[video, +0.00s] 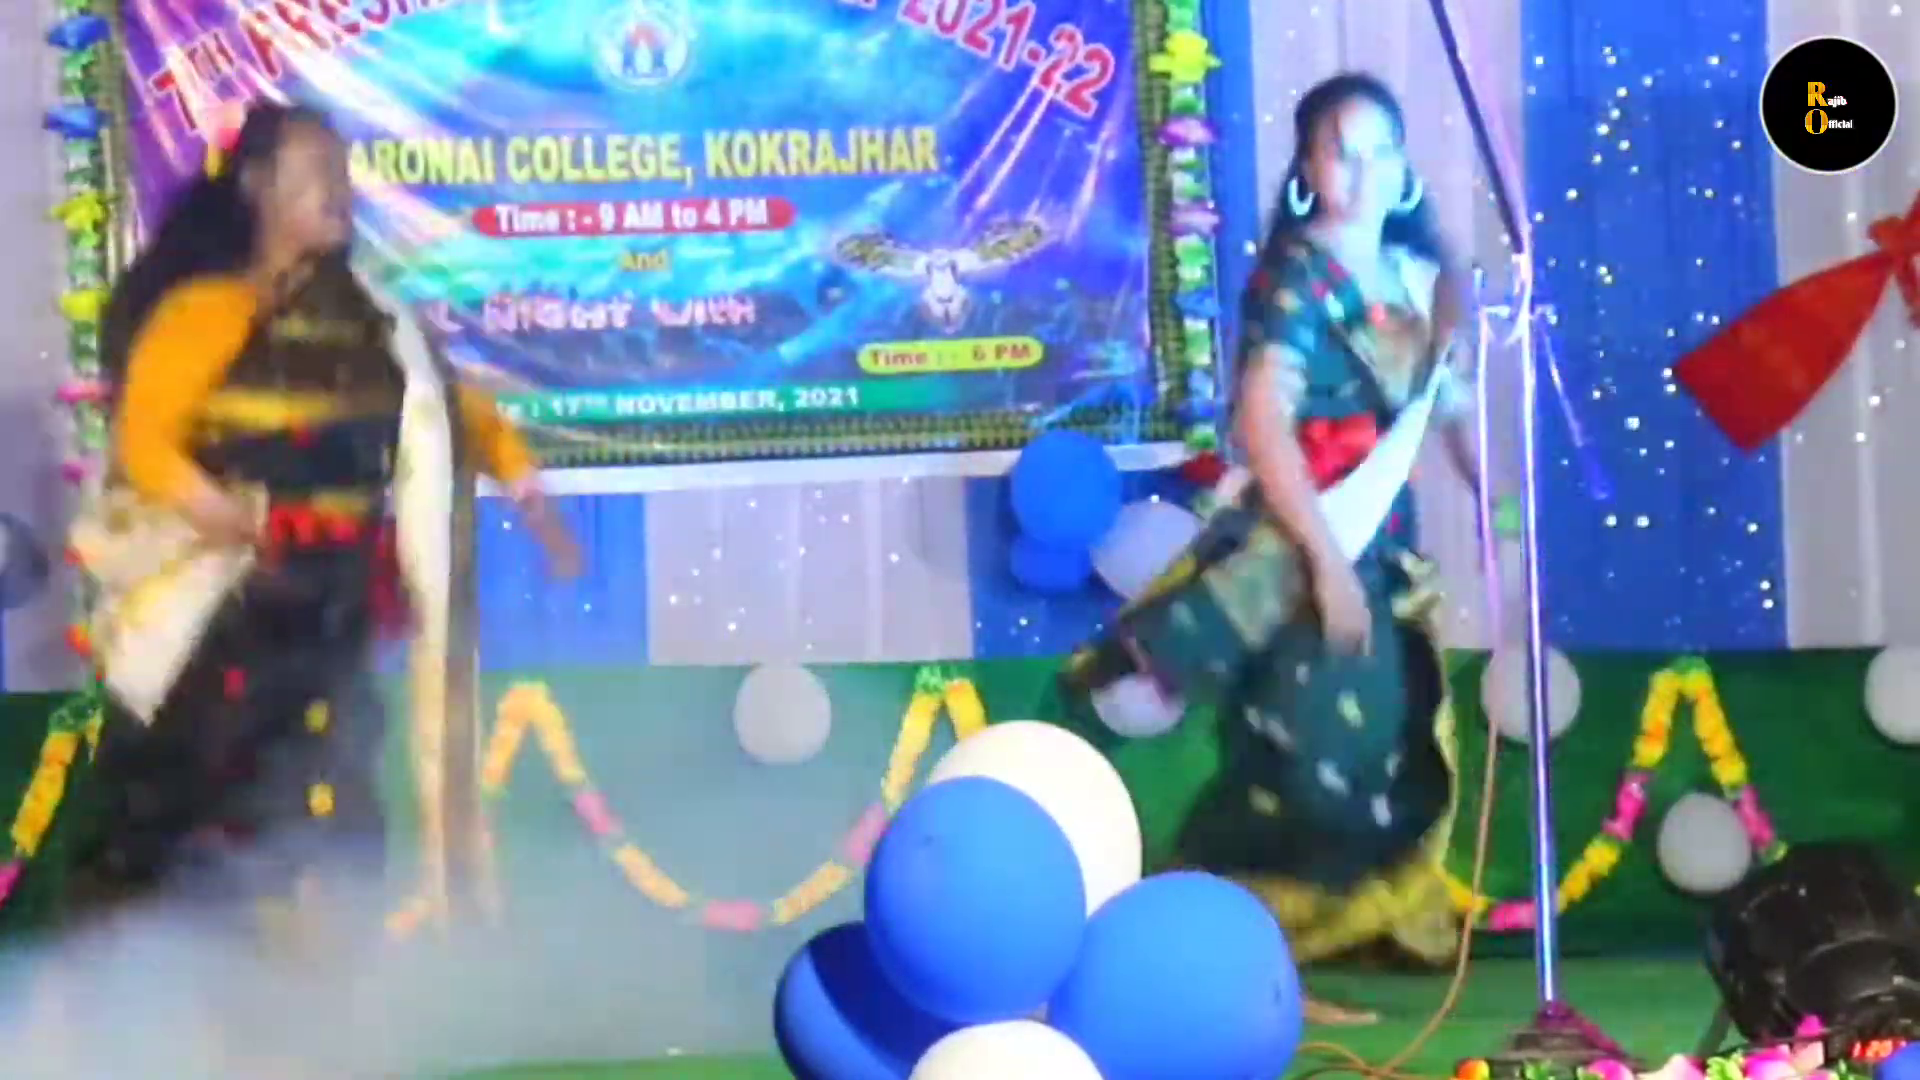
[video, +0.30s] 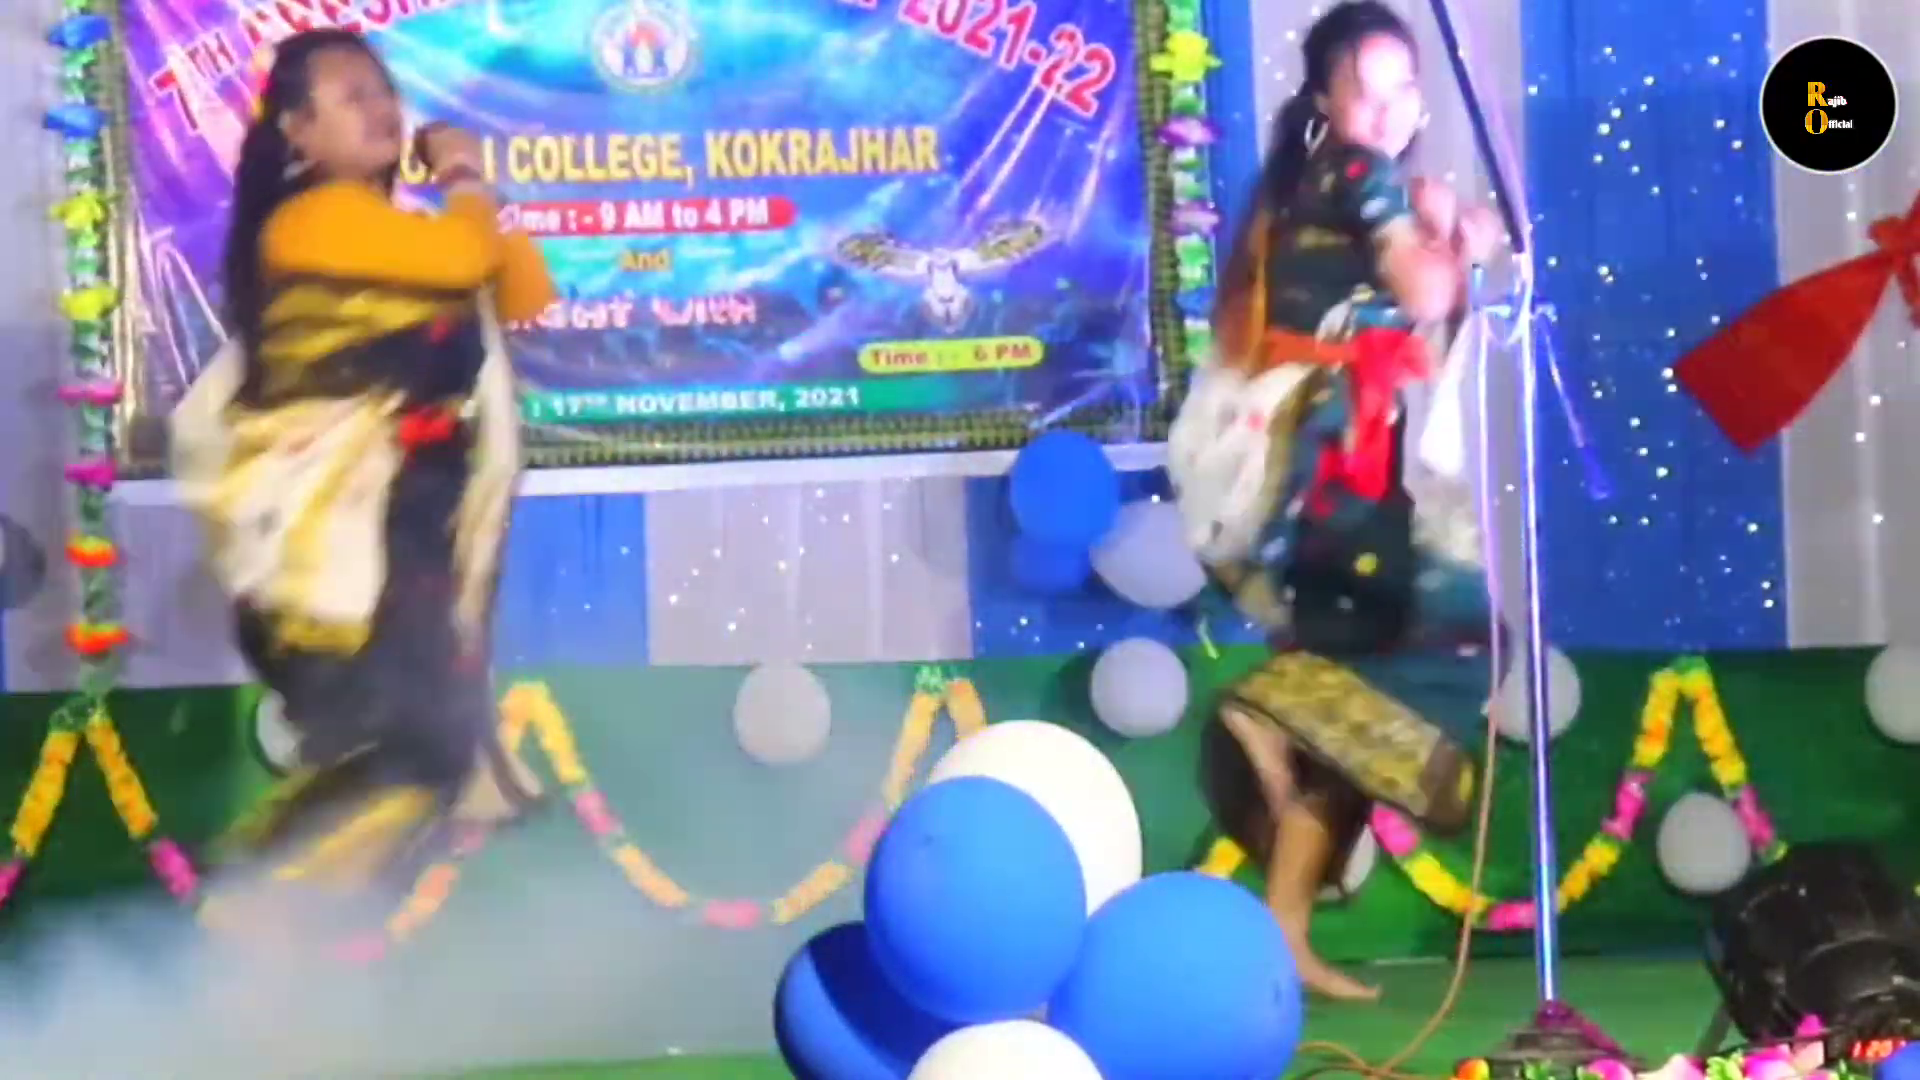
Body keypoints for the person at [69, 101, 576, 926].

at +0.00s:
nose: (337, 200)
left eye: (341, 181)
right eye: (314, 182)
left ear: (349, 185)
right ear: (257, 191)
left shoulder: (371, 311)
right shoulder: (210, 310)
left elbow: (453, 405)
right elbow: (142, 438)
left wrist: (527, 491)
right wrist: (212, 508)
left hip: (341, 591)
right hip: (228, 591)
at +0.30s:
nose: (381, 112)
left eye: (384, 93)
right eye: (352, 99)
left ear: (399, 111)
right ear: (297, 131)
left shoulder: (386, 225)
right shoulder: (311, 222)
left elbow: (526, 298)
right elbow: (466, 259)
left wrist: (468, 189)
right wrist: (464, 180)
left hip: (397, 535)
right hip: (328, 535)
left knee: (425, 747)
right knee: (415, 746)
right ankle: (261, 903)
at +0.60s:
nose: (504, 186)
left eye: (501, 166)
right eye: (472, 178)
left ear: (510, 173)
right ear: (422, 213)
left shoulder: (428, 298)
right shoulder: (490, 292)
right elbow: (573, 405)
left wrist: (587, 383)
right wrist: (645, 436)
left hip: (481, 607)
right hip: (559, 609)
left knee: (511, 803)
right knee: (633, 810)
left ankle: (381, 969)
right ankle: (592, 1026)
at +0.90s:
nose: (581, 107)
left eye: (590, 91)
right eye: (550, 100)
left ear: (615, 111)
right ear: (505, 141)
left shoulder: (645, 236)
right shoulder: (522, 218)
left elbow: (758, 299)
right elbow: (472, 285)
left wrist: (845, 304)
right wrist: (438, 231)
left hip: (690, 502)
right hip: (605, 511)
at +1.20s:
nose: (591, 128)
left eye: (607, 110)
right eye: (582, 112)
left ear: (660, 104)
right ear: (569, 120)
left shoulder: (734, 184)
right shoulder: (553, 206)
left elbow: (721, 243)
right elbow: (464, 287)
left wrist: (634, 178)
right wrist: (544, 207)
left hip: (696, 470)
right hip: (572, 476)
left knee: (712, 696)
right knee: (590, 708)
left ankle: (728, 924)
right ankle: (642, 936)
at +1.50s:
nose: (560, 174)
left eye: (572, 154)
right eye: (567, 153)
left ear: (610, 166)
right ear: (649, 168)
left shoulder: (632, 280)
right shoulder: (649, 272)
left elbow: (569, 377)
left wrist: (470, 450)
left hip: (606, 566)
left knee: (577, 777)